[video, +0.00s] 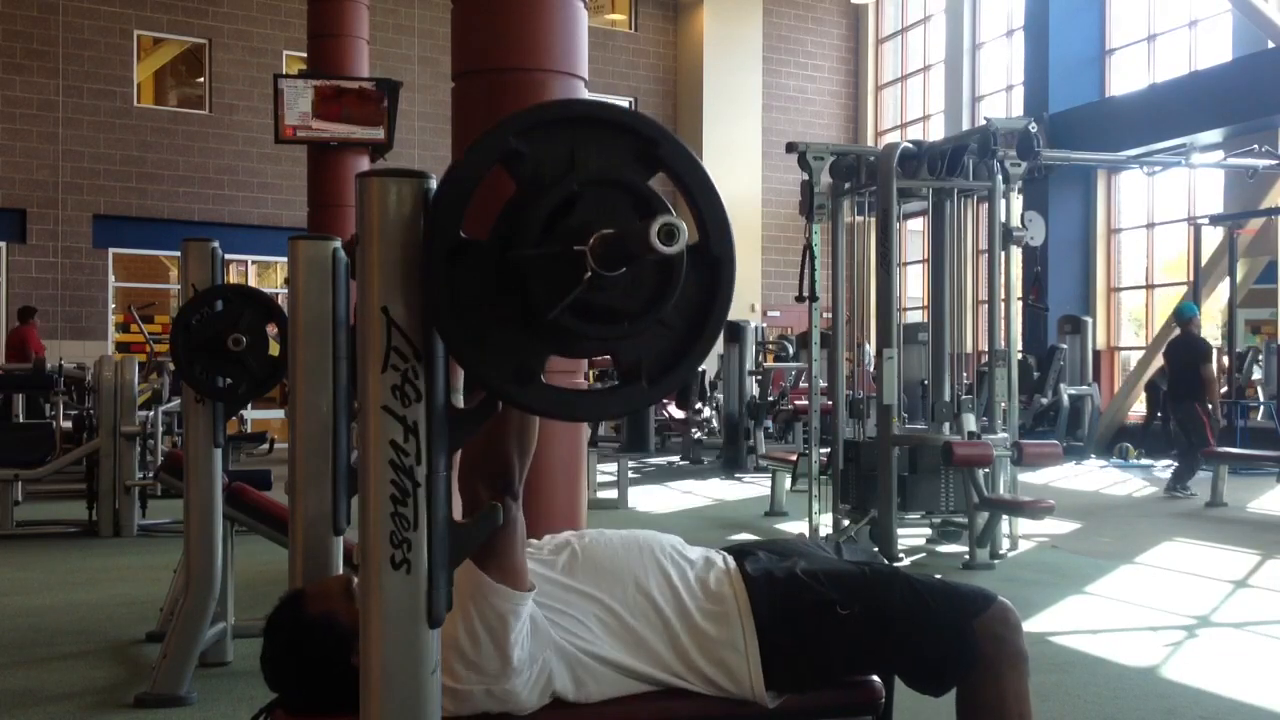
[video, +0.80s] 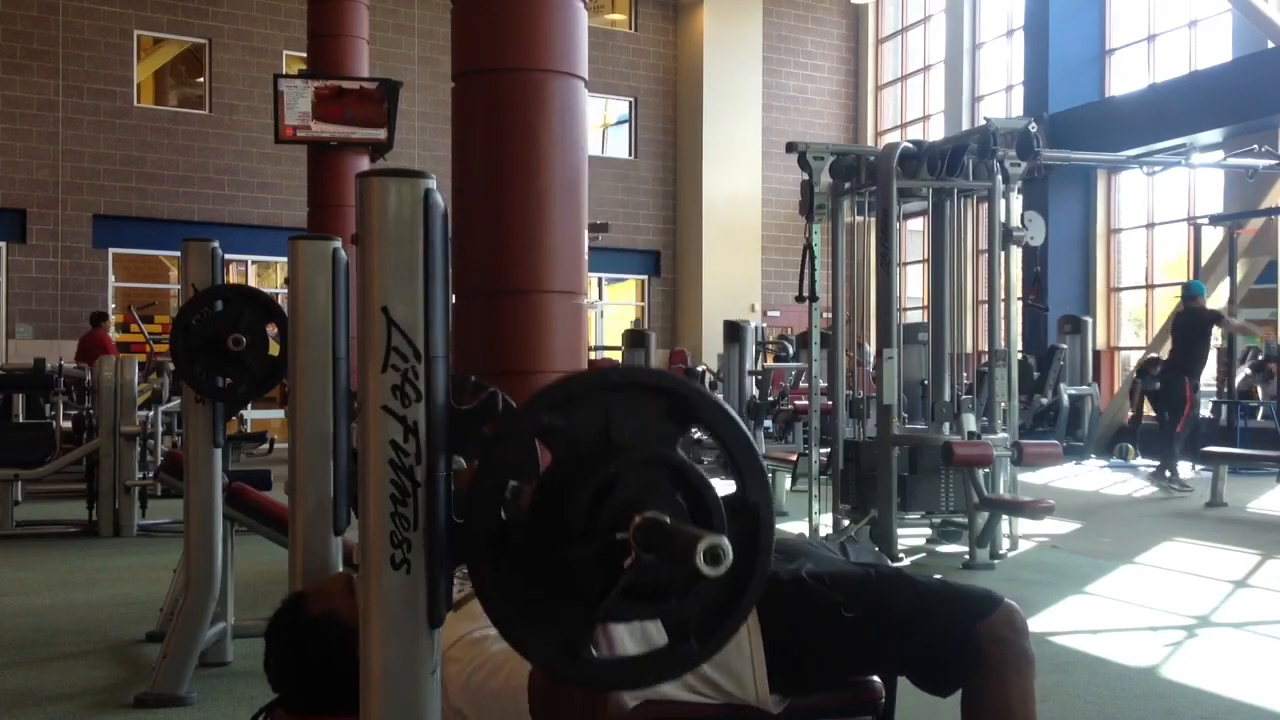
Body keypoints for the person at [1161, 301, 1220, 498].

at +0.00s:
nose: (1200, 320)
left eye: (1198, 317)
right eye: (1198, 317)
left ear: (1179, 323)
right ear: (1193, 320)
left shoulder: (1170, 346)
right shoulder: (1202, 345)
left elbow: (1171, 377)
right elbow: (1209, 378)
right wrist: (1216, 409)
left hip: (1174, 401)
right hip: (1194, 401)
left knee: (1191, 443)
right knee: (1205, 444)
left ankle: (1178, 482)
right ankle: (1178, 482)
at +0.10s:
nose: (1200, 310)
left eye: (1198, 307)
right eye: (1198, 307)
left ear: (1178, 312)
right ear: (1195, 309)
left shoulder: (1170, 335)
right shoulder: (1204, 334)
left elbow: (1169, 364)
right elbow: (1219, 364)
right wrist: (1225, 385)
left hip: (1174, 391)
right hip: (1193, 392)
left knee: (1186, 434)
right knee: (1200, 436)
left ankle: (1175, 479)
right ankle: (1180, 480)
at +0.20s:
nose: (1200, 297)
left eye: (1198, 293)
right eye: (1199, 294)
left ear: (1179, 297)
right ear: (1194, 295)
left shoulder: (1171, 319)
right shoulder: (1204, 315)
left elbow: (1167, 347)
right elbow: (1231, 331)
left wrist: (1176, 362)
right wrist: (1249, 344)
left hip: (1173, 376)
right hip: (1193, 377)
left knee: (1178, 422)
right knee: (1194, 425)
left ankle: (1172, 472)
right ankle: (1190, 474)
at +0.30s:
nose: (1201, 294)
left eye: (1200, 291)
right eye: (1199, 291)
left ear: (1180, 295)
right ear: (1196, 293)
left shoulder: (1173, 318)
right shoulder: (1204, 310)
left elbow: (1167, 345)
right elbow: (1236, 307)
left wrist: (1176, 362)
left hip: (1172, 374)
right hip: (1192, 375)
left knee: (1177, 422)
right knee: (1197, 421)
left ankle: (1153, 465)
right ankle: (1193, 471)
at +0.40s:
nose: (1202, 303)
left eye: (1199, 301)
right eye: (1200, 300)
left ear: (1182, 305)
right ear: (1198, 301)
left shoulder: (1175, 327)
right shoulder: (1206, 317)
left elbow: (1170, 360)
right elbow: (1229, 296)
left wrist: (1176, 377)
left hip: (1175, 383)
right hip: (1194, 384)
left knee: (1169, 427)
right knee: (1205, 424)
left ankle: (1135, 469)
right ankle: (1195, 480)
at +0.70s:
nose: (1206, 302)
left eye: (1205, 300)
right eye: (1204, 299)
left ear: (1185, 302)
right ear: (1201, 300)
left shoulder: (1178, 323)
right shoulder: (1206, 316)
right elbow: (1237, 306)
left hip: (1171, 379)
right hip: (1187, 381)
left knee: (1168, 427)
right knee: (1188, 430)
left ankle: (1148, 469)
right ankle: (1188, 479)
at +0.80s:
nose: (1204, 300)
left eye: (1202, 297)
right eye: (1203, 297)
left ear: (1184, 298)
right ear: (1199, 297)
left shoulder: (1178, 316)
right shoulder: (1208, 314)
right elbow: (1235, 326)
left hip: (1169, 372)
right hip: (1186, 376)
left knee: (1173, 422)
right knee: (1183, 421)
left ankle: (1172, 472)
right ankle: (1161, 470)